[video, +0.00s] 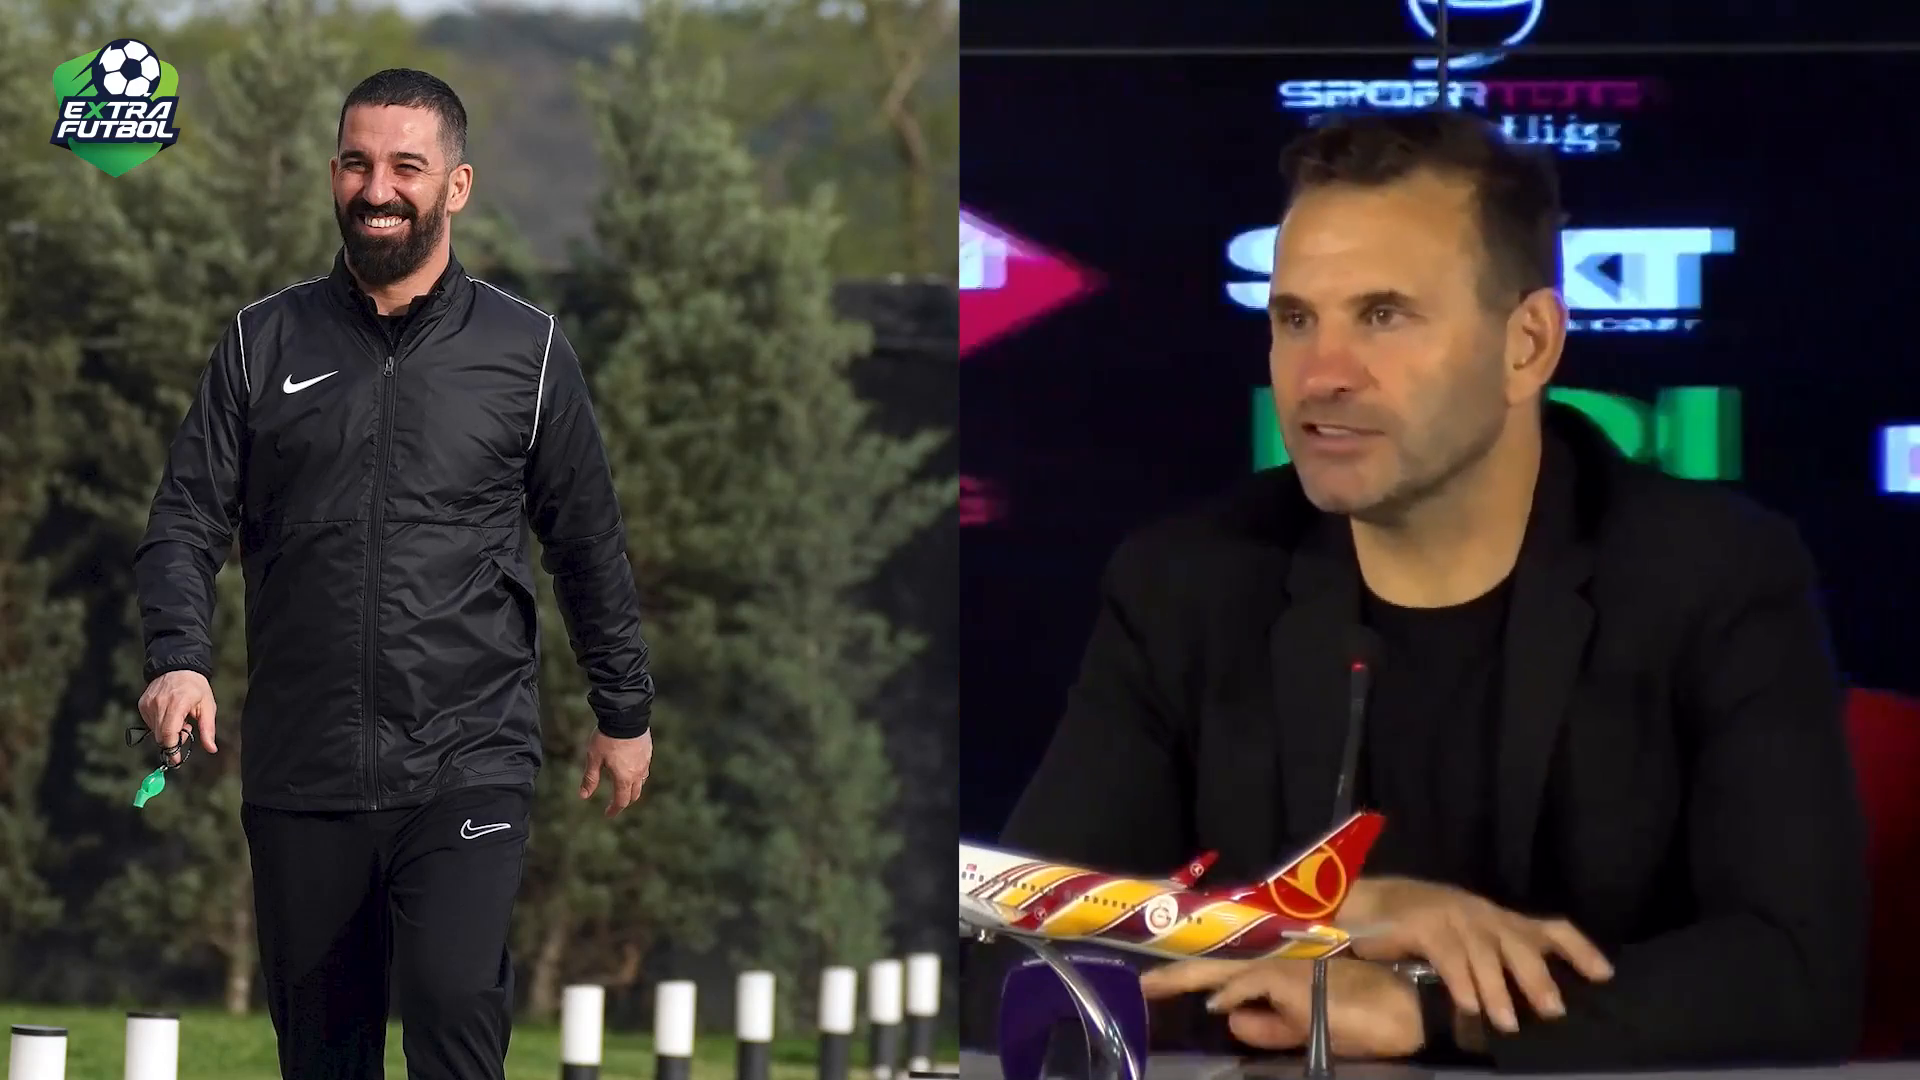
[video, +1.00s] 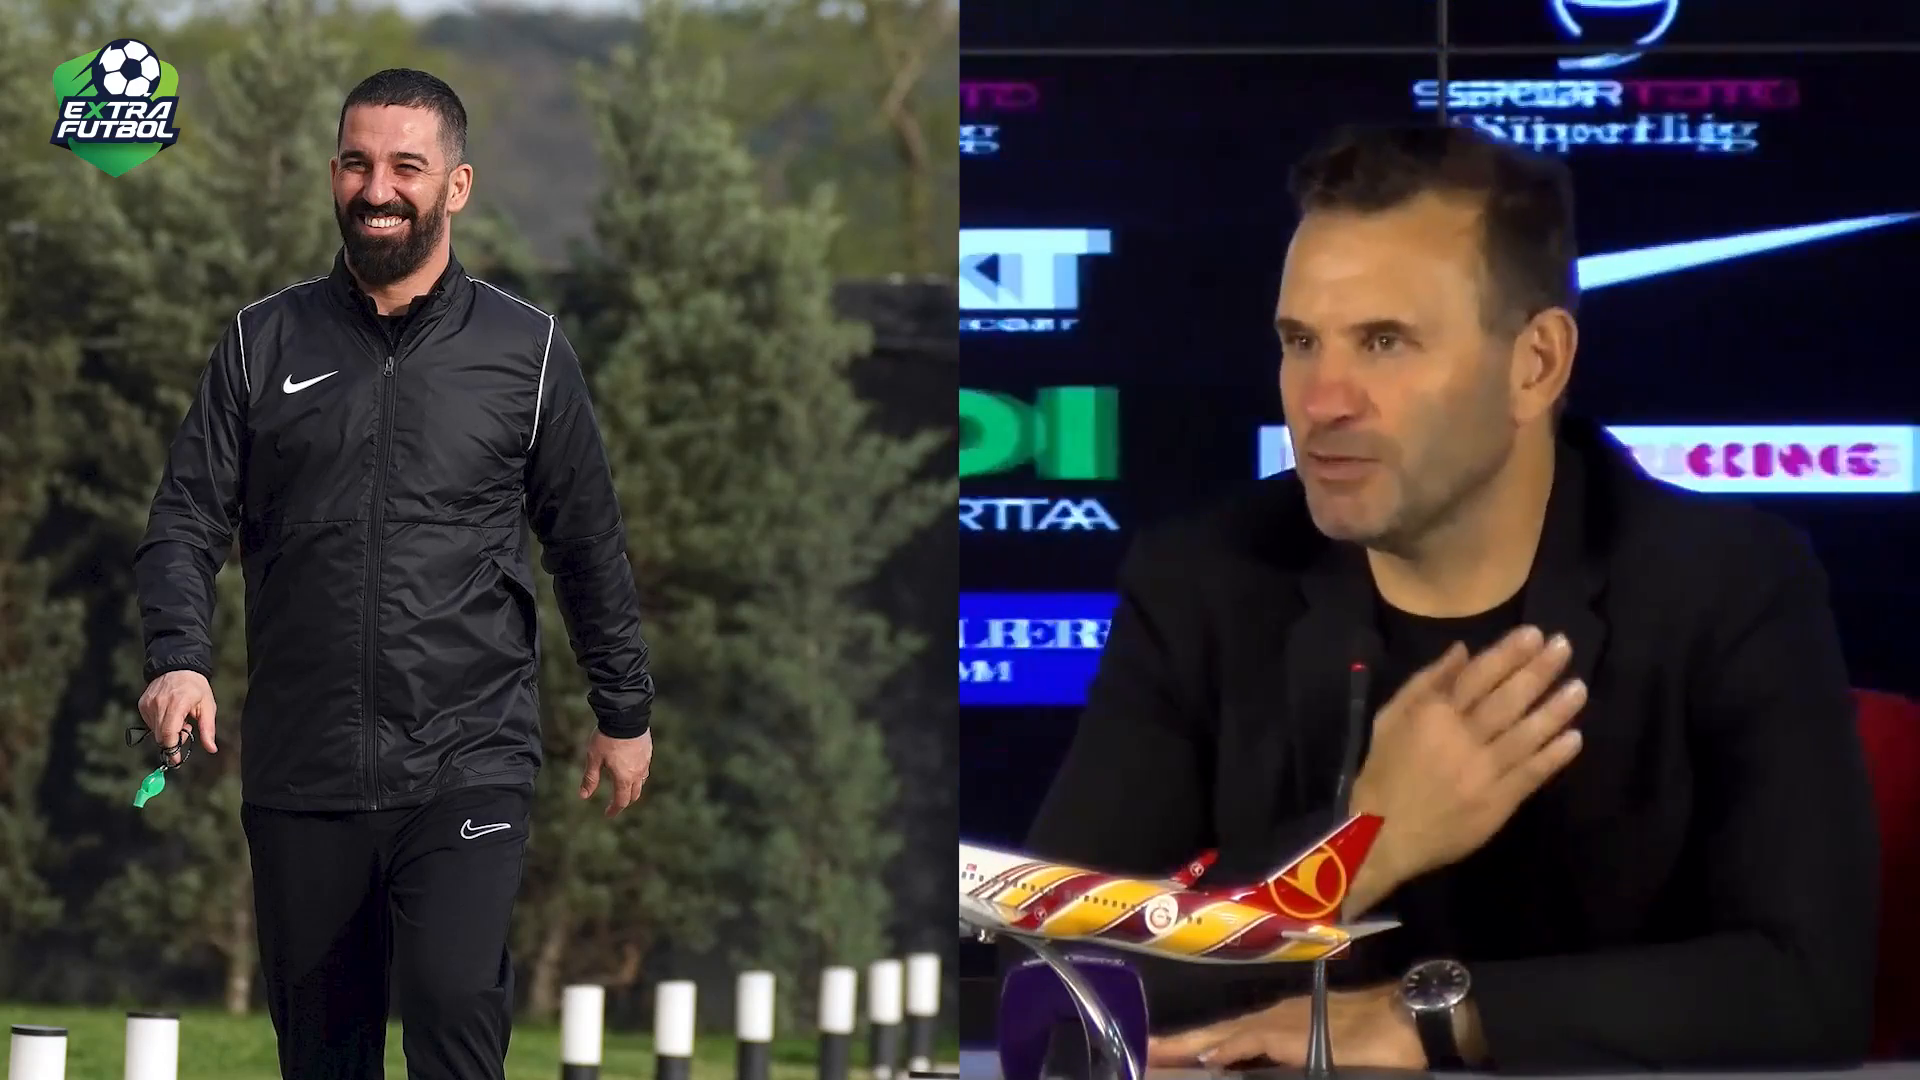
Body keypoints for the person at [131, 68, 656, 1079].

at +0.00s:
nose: (376, 187)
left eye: (405, 164)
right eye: (356, 162)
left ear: (458, 185)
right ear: (334, 176)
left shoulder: (529, 350)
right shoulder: (259, 343)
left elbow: (589, 542)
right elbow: (187, 513)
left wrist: (623, 709)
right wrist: (178, 658)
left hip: (472, 751)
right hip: (302, 753)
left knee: (454, 1017)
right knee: (320, 1039)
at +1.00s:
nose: (376, 187)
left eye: (405, 164)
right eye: (356, 162)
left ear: (458, 185)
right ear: (334, 176)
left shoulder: (529, 349)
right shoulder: (259, 343)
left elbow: (589, 540)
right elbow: (187, 513)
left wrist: (623, 708)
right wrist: (178, 658)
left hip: (472, 752)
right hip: (302, 755)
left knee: (455, 1018)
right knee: (320, 1042)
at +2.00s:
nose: (376, 187)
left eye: (405, 164)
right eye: (356, 162)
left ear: (458, 185)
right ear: (334, 176)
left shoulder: (529, 349)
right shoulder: (259, 342)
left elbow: (588, 540)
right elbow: (187, 513)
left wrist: (623, 709)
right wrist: (178, 658)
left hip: (471, 752)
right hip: (302, 755)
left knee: (455, 1019)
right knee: (320, 1042)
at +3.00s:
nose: (376, 187)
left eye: (405, 164)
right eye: (356, 162)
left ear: (458, 185)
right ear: (334, 176)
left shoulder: (529, 349)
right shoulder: (259, 343)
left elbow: (588, 541)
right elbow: (187, 513)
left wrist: (623, 709)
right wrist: (178, 658)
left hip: (472, 752)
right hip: (302, 755)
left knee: (455, 1018)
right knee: (320, 1042)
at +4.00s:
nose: (375, 187)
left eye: (405, 164)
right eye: (356, 162)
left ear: (458, 185)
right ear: (334, 177)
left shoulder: (530, 350)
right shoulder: (259, 342)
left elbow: (588, 541)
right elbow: (187, 513)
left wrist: (623, 708)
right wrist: (177, 658)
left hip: (472, 752)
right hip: (301, 755)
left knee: (455, 1018)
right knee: (320, 1042)